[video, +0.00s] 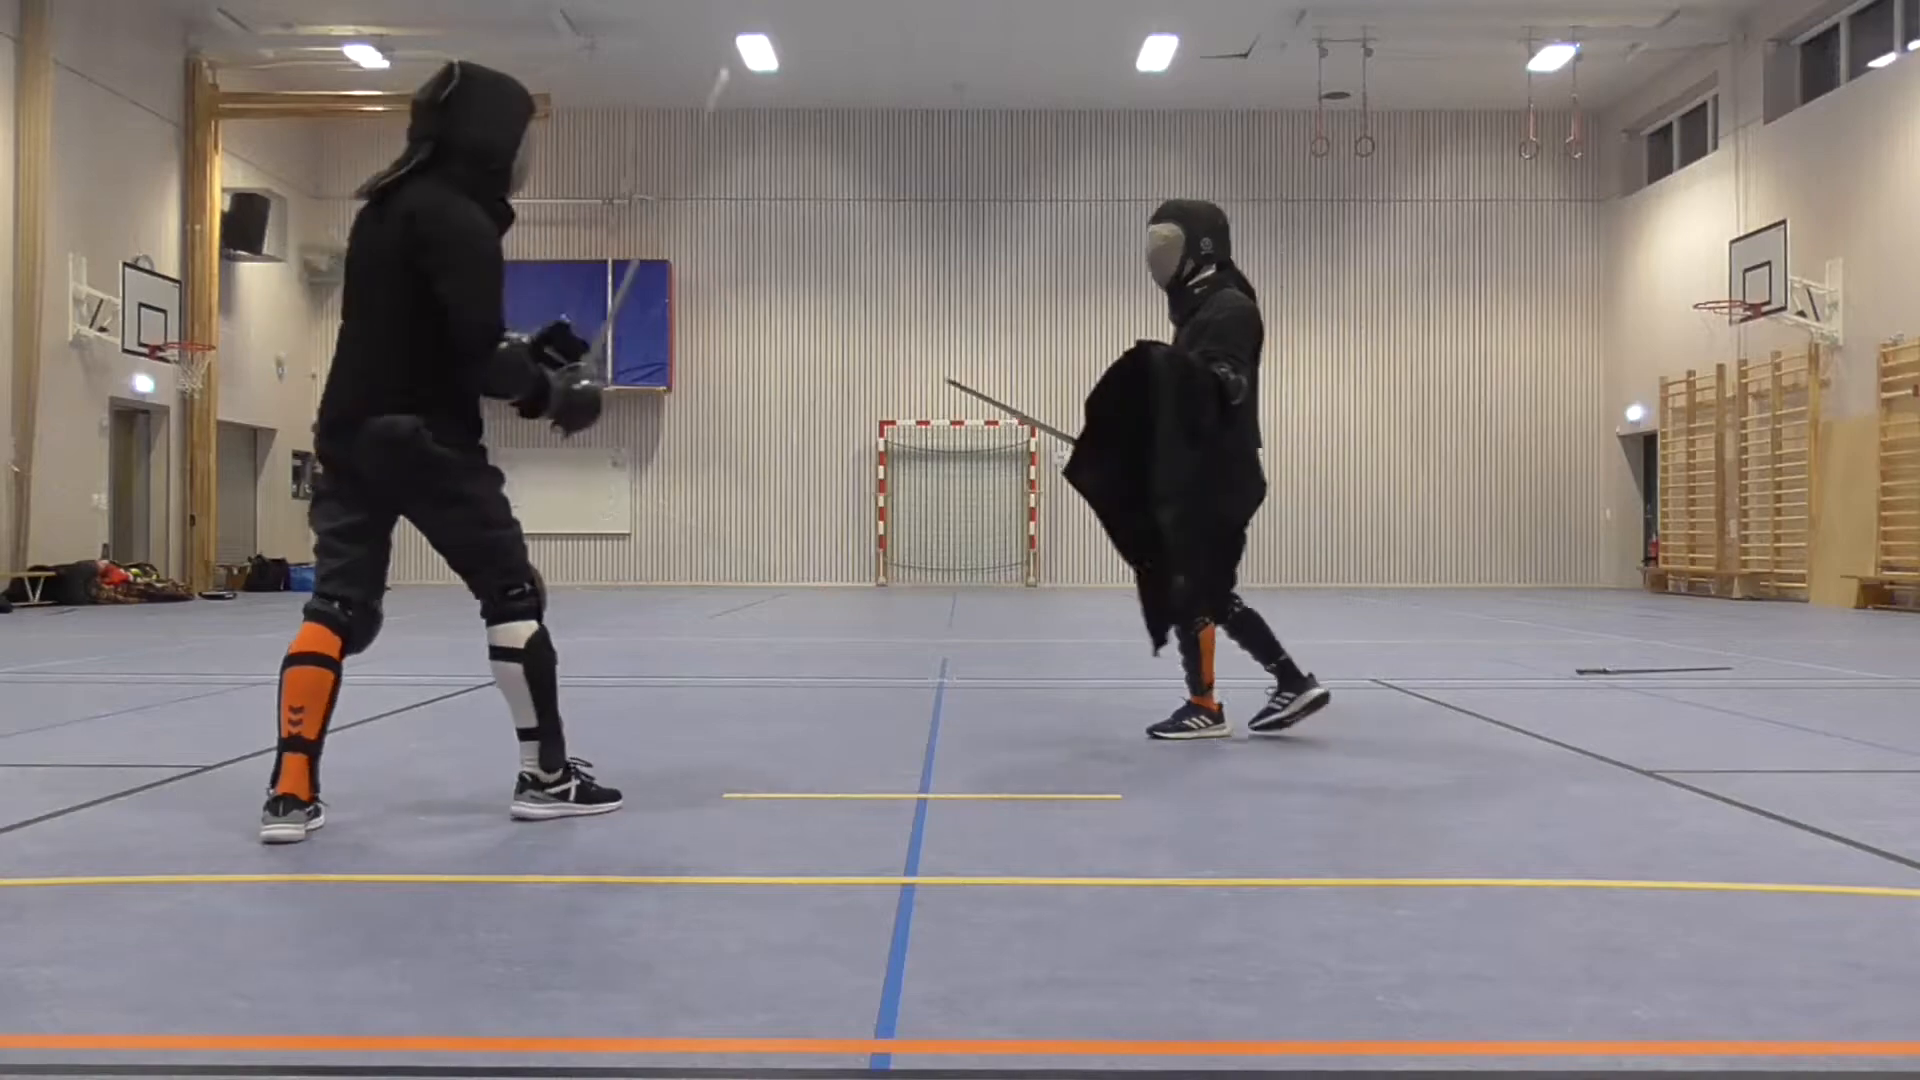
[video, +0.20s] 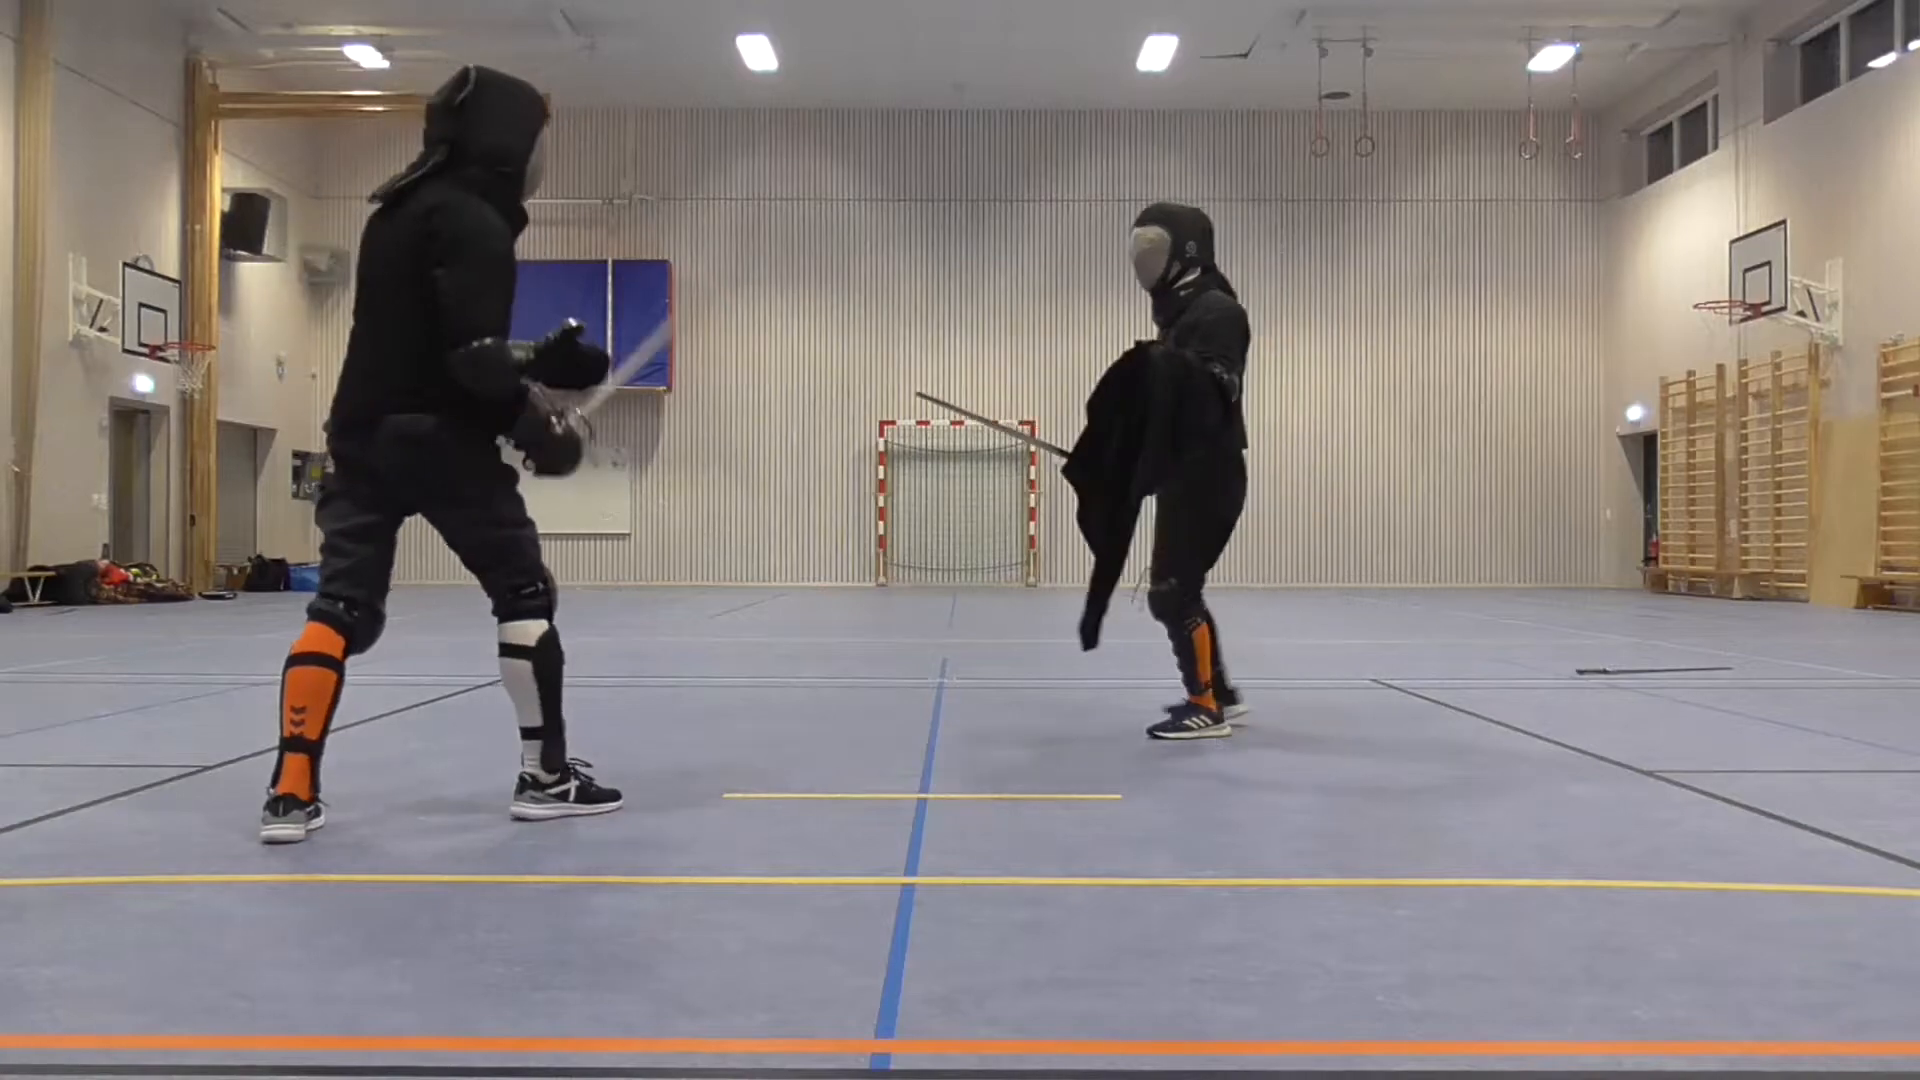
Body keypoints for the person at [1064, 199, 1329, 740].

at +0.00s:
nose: (1156, 260)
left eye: (1166, 248)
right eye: (1155, 248)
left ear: (1200, 248)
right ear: (1199, 251)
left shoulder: (1228, 309)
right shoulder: (1202, 306)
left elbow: (1224, 391)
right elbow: (1200, 391)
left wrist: (1163, 367)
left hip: (1220, 477)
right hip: (1208, 475)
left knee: (1193, 588)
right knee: (1211, 589)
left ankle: (1203, 706)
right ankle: (1294, 683)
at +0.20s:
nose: (1140, 261)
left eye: (1150, 250)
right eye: (1139, 250)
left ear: (1183, 250)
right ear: (1178, 252)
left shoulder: (1216, 311)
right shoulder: (1182, 309)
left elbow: (1218, 391)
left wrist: (1163, 365)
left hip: (1210, 474)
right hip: (1184, 473)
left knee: (1174, 593)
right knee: (1175, 590)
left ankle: (1205, 707)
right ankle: (1220, 691)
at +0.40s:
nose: (1122, 266)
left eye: (1133, 254)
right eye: (1120, 254)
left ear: (1167, 256)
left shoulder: (1192, 321)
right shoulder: (1158, 316)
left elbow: (1188, 410)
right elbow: (1145, 418)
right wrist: (1113, 487)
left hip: (1195, 482)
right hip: (1167, 477)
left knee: (1165, 589)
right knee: (1148, 585)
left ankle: (1204, 705)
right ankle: (1124, 683)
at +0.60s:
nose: (1097, 271)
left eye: (1108, 260)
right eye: (1096, 260)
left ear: (1140, 263)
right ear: (1135, 265)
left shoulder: (1162, 326)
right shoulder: (1129, 324)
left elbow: (1145, 421)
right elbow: (1126, 414)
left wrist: (1100, 478)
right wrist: (1094, 469)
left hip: (1175, 487)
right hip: (1142, 485)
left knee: (1162, 592)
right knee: (1106, 591)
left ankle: (1203, 704)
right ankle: (1100, 693)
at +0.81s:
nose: (1071, 273)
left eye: (1082, 262)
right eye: (1069, 262)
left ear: (1115, 264)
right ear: (1071, 266)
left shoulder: (1142, 329)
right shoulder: (1086, 336)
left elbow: (1155, 424)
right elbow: (1086, 419)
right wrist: (1059, 472)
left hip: (1141, 493)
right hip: (1099, 490)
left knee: (1127, 594)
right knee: (1076, 594)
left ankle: (1191, 694)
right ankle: (1097, 695)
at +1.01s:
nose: (1047, 277)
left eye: (1058, 266)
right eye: (1044, 267)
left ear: (1091, 269)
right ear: (1047, 270)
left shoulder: (1124, 330)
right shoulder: (1061, 340)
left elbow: (1141, 421)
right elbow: (1058, 425)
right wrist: (1032, 478)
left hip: (1121, 482)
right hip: (1080, 481)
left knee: (1081, 578)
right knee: (1058, 594)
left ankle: (1116, 697)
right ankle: (1094, 693)